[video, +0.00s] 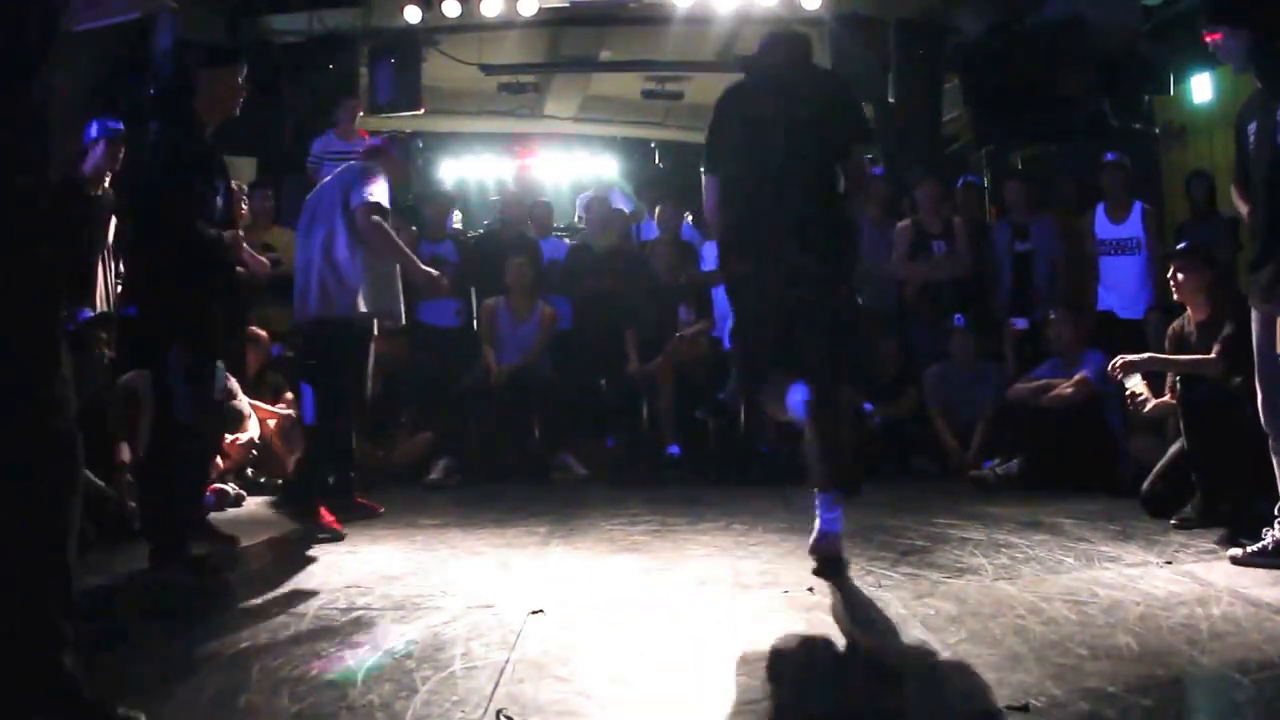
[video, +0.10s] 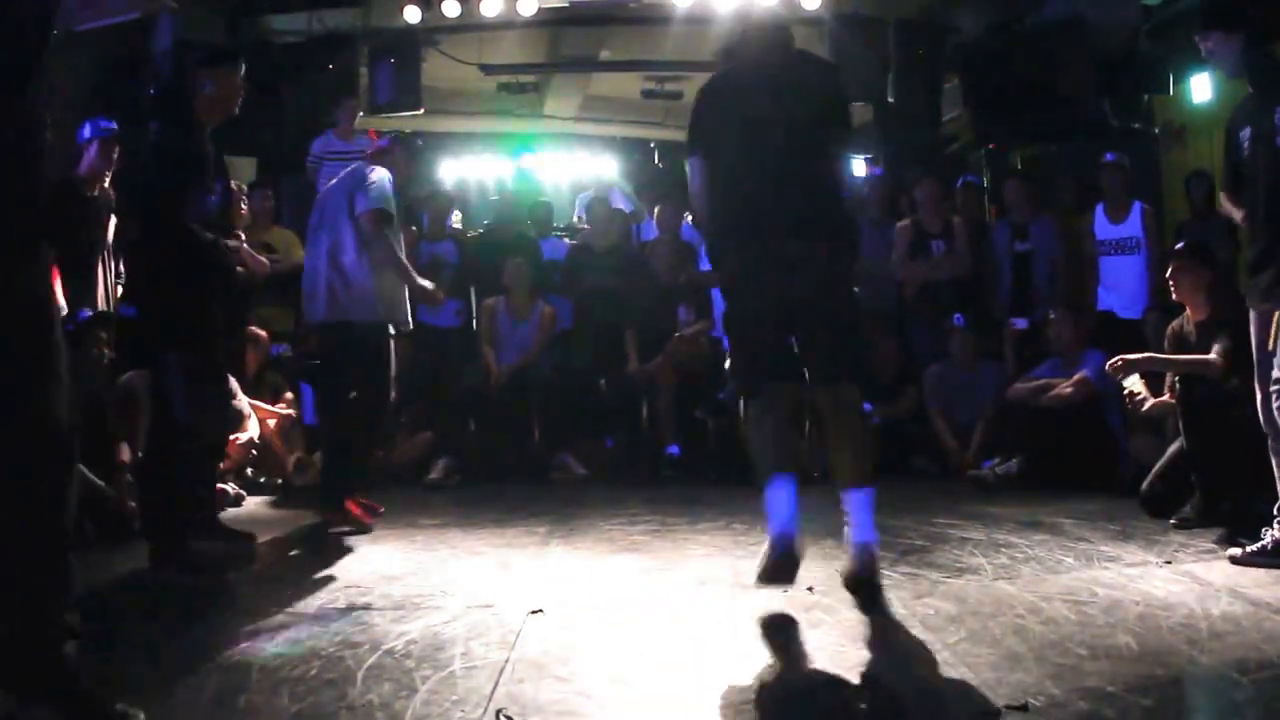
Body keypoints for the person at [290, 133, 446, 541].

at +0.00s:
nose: (404, 175)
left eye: (405, 168)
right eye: (403, 166)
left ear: (375, 151)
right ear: (390, 155)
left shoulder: (325, 187)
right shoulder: (371, 172)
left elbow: (310, 245)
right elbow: (369, 220)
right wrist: (420, 269)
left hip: (317, 308)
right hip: (345, 309)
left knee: (337, 407)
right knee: (338, 407)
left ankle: (343, 489)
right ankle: (307, 496)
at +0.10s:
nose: (411, 170)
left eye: (412, 163)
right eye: (410, 161)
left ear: (380, 149)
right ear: (393, 152)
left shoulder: (335, 185)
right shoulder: (375, 174)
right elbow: (374, 227)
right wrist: (415, 280)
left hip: (332, 309)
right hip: (362, 309)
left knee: (340, 406)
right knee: (372, 403)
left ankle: (343, 491)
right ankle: (341, 493)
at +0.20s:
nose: (414, 167)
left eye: (415, 158)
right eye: (411, 157)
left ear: (381, 149)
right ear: (394, 152)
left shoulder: (348, 183)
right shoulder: (381, 177)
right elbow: (379, 232)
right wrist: (398, 300)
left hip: (340, 313)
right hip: (372, 314)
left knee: (343, 409)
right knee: (393, 403)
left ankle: (342, 496)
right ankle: (381, 488)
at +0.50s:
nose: (452, 166)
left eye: (454, 157)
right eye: (447, 155)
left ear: (424, 154)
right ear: (420, 151)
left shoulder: (393, 191)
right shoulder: (406, 193)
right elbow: (387, 255)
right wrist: (385, 318)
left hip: (394, 325)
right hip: (410, 327)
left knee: (378, 412)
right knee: (434, 413)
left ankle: (355, 486)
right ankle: (442, 489)